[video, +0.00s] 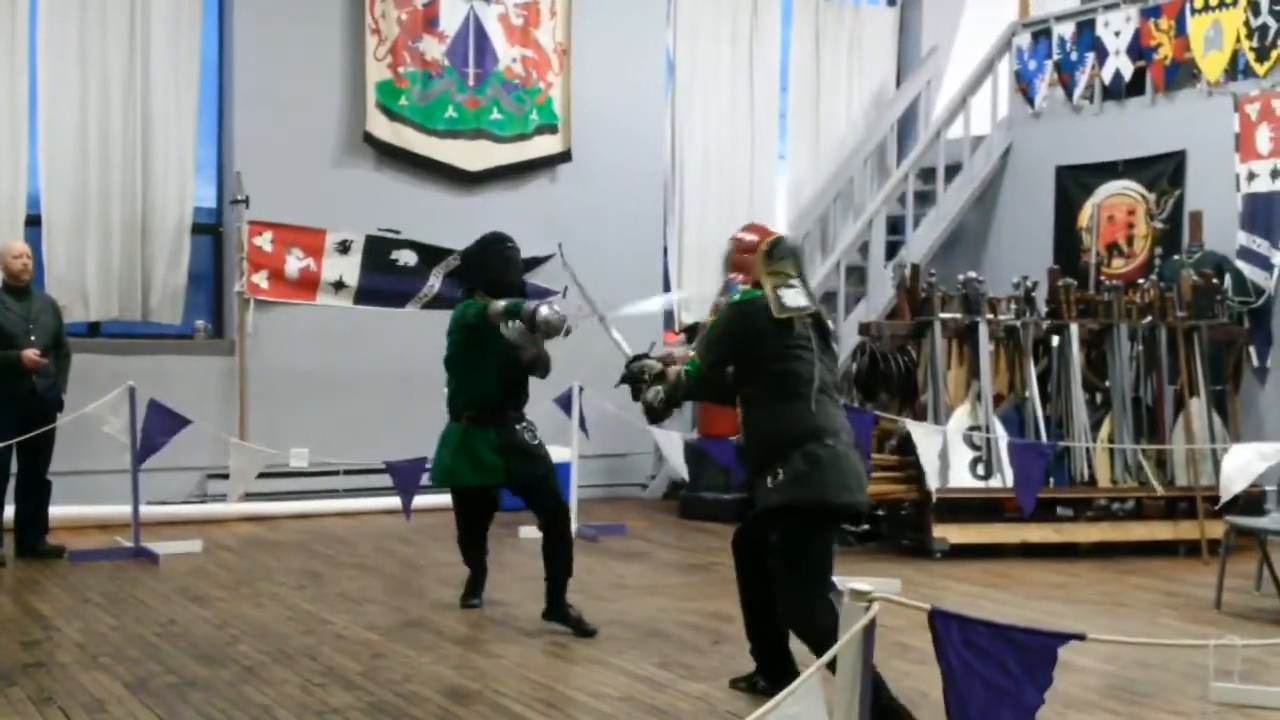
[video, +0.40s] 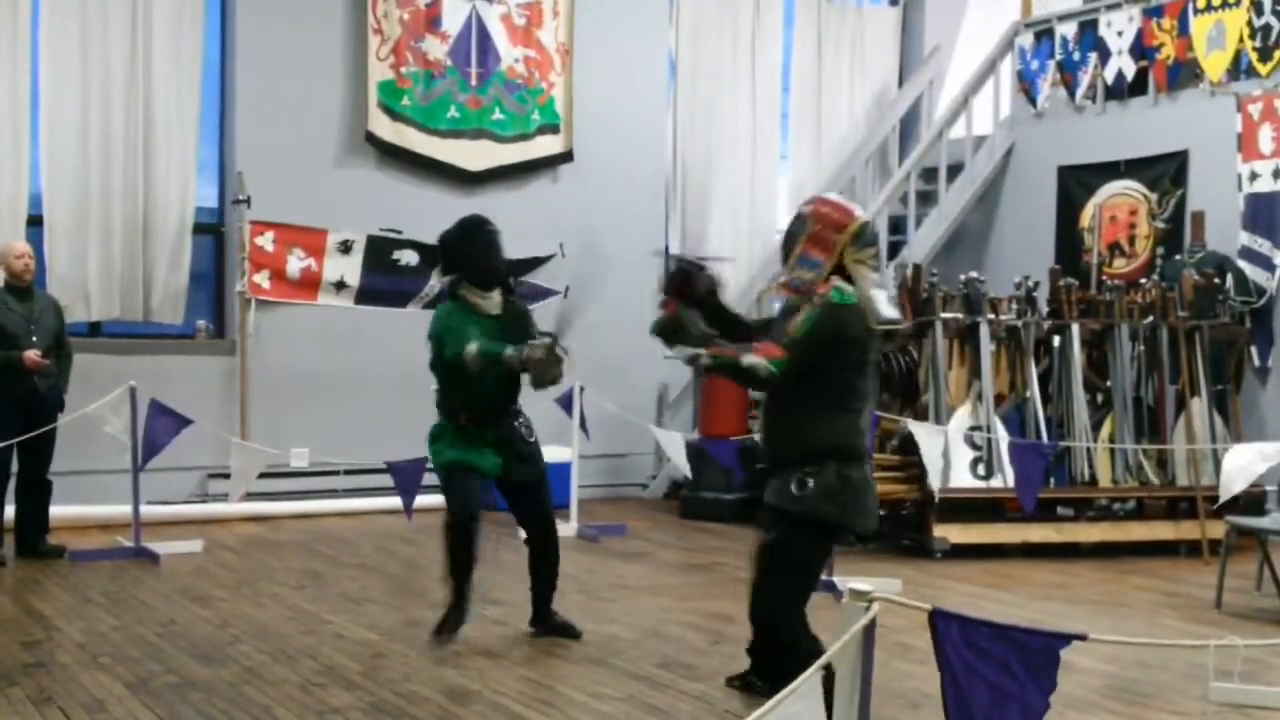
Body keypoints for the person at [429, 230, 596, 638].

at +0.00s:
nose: (518, 273)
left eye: (519, 266)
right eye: (508, 265)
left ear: (518, 271)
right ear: (485, 271)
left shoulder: (517, 320)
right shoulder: (468, 313)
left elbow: (542, 369)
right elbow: (496, 311)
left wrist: (530, 343)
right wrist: (534, 314)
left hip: (514, 432)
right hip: (469, 435)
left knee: (556, 513)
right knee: (471, 527)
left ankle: (556, 603)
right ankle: (476, 574)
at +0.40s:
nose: (497, 259)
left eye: (497, 250)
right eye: (486, 253)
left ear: (500, 256)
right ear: (465, 262)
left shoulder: (516, 313)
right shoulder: (450, 316)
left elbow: (531, 363)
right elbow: (465, 353)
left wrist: (547, 362)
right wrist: (515, 356)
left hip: (508, 430)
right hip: (460, 434)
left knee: (541, 523)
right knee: (463, 512)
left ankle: (543, 612)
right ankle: (458, 601)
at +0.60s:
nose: (454, 271)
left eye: (452, 264)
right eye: (445, 264)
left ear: (445, 273)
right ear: (424, 272)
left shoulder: (463, 324)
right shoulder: (404, 332)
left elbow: (497, 357)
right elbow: (451, 355)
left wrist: (532, 346)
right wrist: (509, 317)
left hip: (453, 453)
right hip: (406, 456)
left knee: (503, 530)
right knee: (416, 544)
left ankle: (527, 612)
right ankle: (406, 652)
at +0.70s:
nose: (431, 271)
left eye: (430, 262)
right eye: (421, 263)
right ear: (396, 271)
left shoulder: (426, 320)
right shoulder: (379, 328)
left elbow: (459, 342)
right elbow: (431, 343)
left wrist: (493, 347)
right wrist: (497, 320)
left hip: (418, 456)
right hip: (376, 458)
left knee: (480, 526)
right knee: (408, 537)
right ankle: (402, 652)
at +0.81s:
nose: (407, 265)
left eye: (404, 256)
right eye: (395, 257)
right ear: (371, 269)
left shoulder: (410, 326)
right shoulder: (351, 322)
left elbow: (439, 394)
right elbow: (386, 345)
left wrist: (453, 379)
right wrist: (435, 352)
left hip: (391, 452)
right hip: (353, 454)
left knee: (431, 540)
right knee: (402, 545)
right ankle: (379, 656)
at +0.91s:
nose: (378, 266)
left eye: (378, 256)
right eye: (368, 257)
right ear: (344, 264)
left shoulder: (383, 327)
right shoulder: (321, 325)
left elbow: (399, 386)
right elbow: (353, 378)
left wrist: (403, 409)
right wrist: (388, 392)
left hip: (363, 453)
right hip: (331, 455)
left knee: (369, 555)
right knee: (376, 550)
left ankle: (273, 600)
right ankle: (374, 663)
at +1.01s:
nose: (352, 255)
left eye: (352, 245)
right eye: (344, 245)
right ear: (323, 250)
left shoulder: (354, 315)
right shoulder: (288, 315)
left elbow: (370, 373)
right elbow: (305, 386)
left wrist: (368, 416)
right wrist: (344, 427)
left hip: (332, 449)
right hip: (296, 450)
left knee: (314, 554)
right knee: (327, 552)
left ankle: (239, 618)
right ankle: (360, 649)